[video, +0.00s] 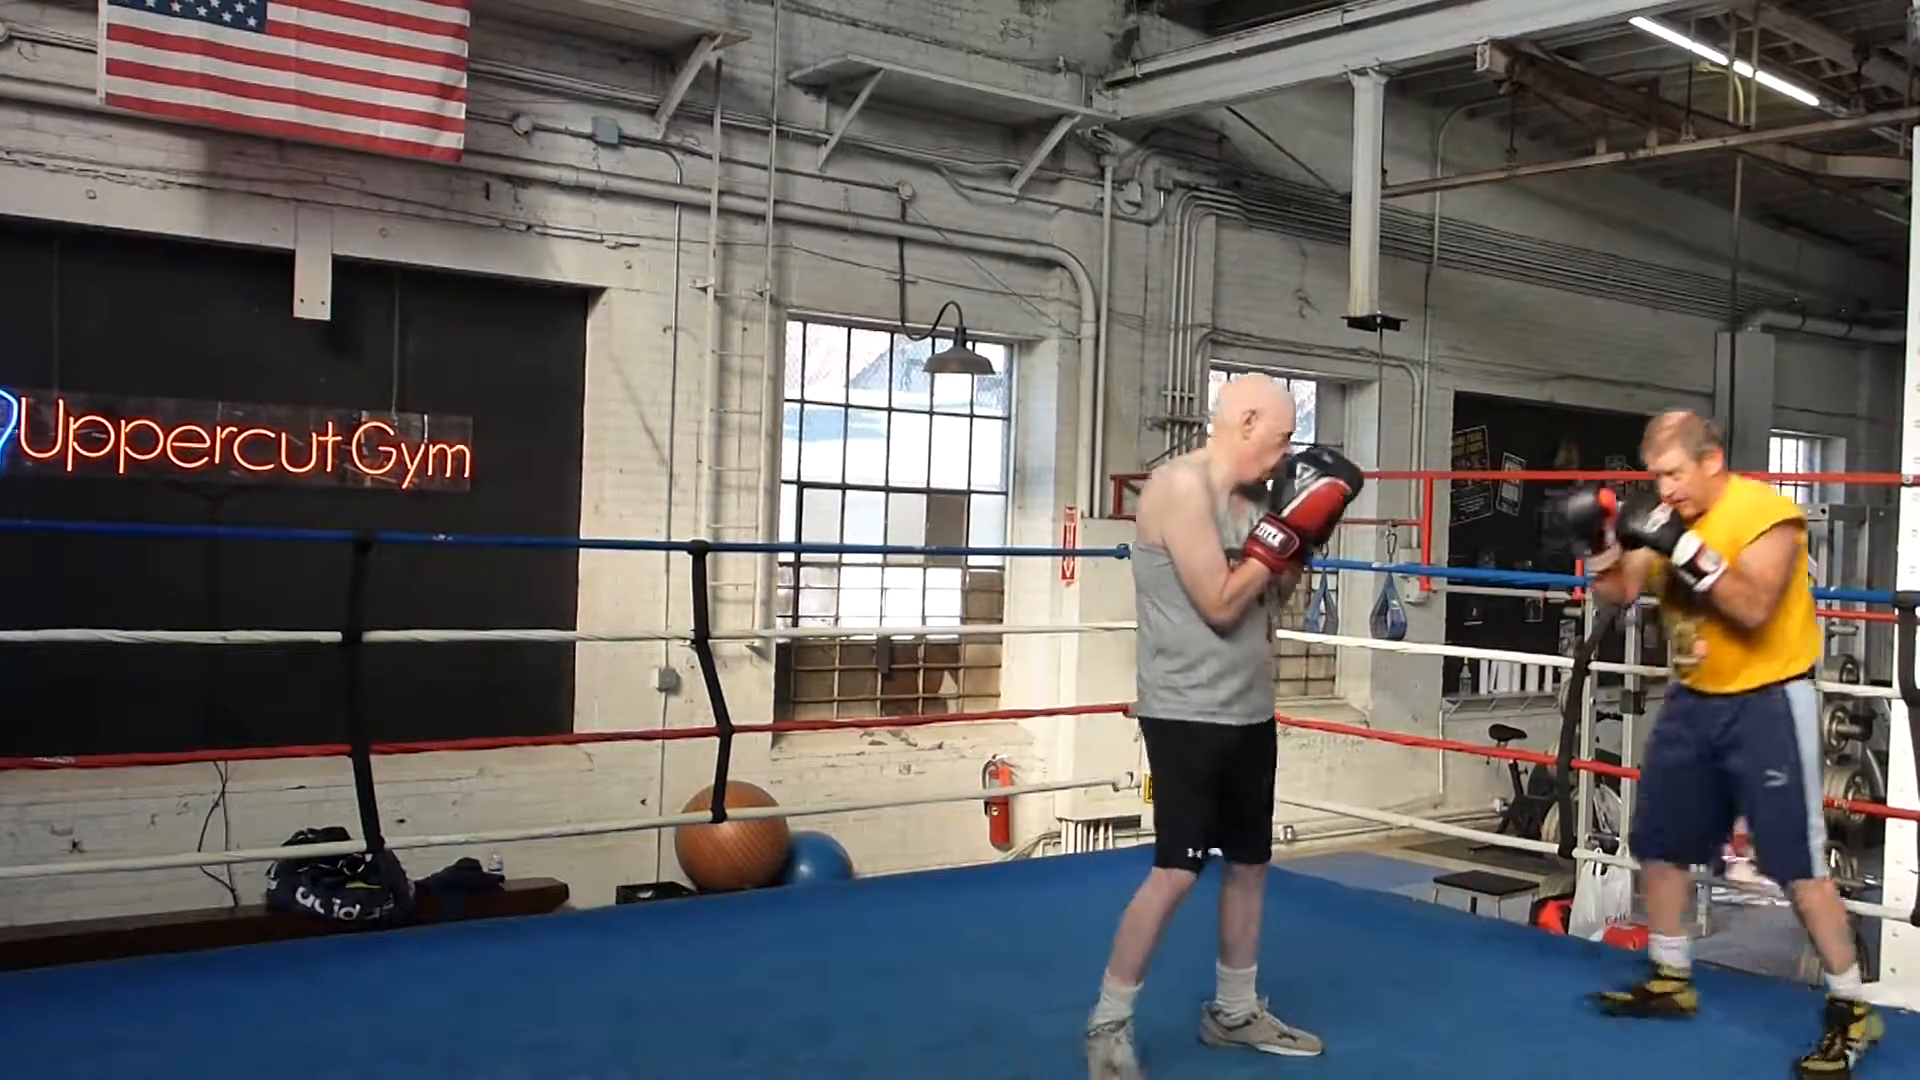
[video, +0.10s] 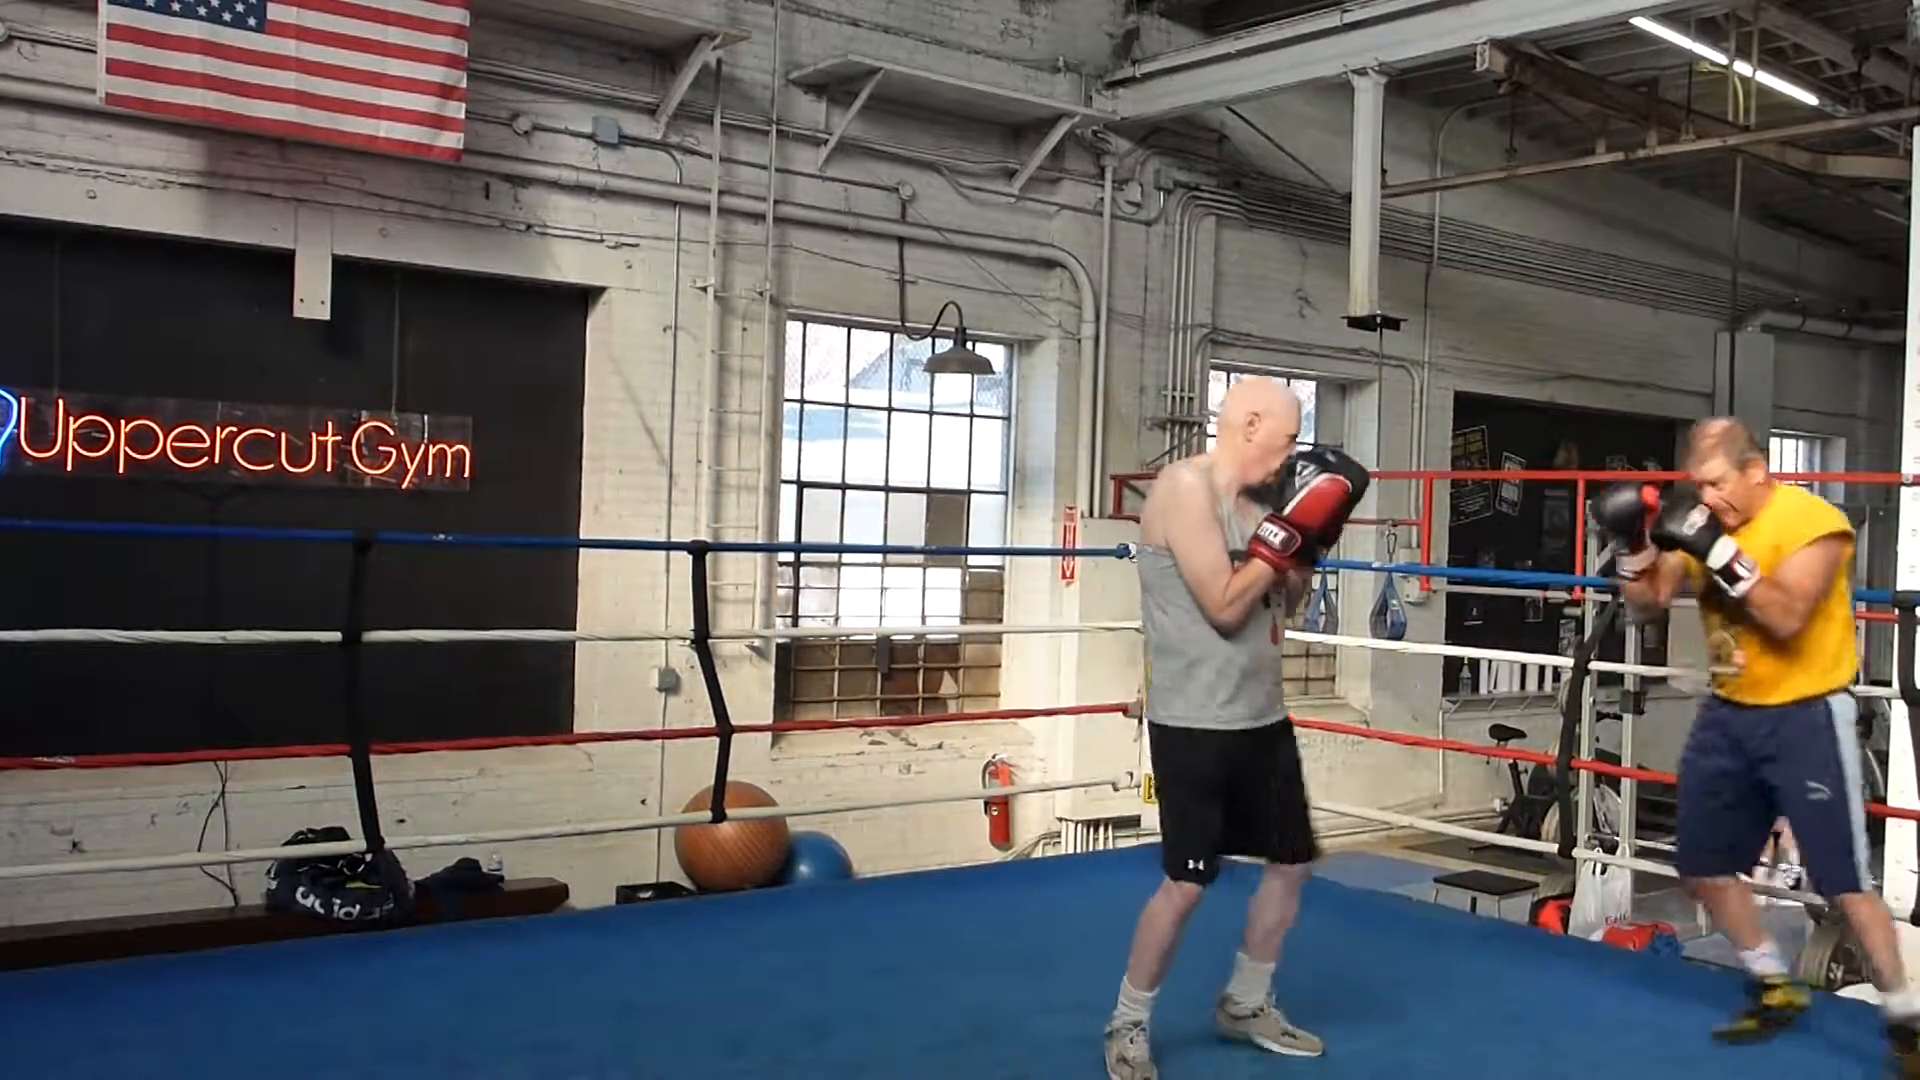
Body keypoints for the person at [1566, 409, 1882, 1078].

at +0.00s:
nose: (1665, 489)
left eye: (1673, 475)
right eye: (1656, 478)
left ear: (1715, 460)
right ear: (1655, 477)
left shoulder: (1766, 509)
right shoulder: (1667, 521)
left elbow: (1753, 607)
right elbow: (1616, 594)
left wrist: (1684, 546)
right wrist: (1602, 544)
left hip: (1769, 703)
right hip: (1691, 703)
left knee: (1794, 859)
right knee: (1659, 841)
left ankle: (1853, 1007)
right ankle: (1670, 981)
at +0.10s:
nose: (1706, 500)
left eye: (1715, 485)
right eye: (1698, 489)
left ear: (1756, 468)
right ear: (1693, 485)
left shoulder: (1814, 521)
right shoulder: (1704, 527)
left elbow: (1788, 616)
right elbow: (1651, 604)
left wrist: (1716, 550)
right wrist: (1633, 550)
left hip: (1808, 716)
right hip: (1728, 715)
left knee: (1844, 878)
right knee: (1702, 863)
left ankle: (1904, 1016)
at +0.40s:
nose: (1774, 537)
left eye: (1785, 521)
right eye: (1767, 524)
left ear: (1831, 511)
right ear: (1760, 522)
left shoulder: (1883, 570)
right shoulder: (1772, 573)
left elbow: (1848, 671)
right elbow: (1725, 663)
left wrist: (1779, 595)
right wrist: (1701, 617)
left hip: (1865, 770)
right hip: (1772, 759)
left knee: (1898, 933)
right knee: (1680, 862)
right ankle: (1730, 1002)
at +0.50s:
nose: (1762, 530)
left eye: (1773, 515)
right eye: (1755, 516)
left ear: (1818, 506)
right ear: (1751, 514)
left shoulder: (1870, 564)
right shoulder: (1746, 560)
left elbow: (1846, 667)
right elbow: (1673, 623)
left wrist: (1778, 592)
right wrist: (1647, 586)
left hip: (1860, 766)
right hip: (1763, 756)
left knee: (1899, 931)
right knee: (1662, 866)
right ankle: (1645, 1013)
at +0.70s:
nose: (1674, 524)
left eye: (1684, 510)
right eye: (1669, 513)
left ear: (1727, 501)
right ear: (1668, 513)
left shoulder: (1780, 544)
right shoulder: (1676, 565)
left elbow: (1748, 617)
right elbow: (1638, 651)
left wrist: (1662, 564)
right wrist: (1600, 622)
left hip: (1796, 753)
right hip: (1704, 752)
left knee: (1876, 925)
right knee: (1613, 877)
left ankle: (1917, 1037)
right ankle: (1596, 1020)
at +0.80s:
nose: (1638, 523)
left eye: (1646, 508)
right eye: (1632, 512)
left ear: (1689, 499)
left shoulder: (1739, 547)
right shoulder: (1639, 558)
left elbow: (1694, 623)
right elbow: (1594, 632)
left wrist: (1620, 583)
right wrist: (1575, 589)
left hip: (1758, 751)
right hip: (1667, 749)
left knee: (1820, 916)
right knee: (1580, 879)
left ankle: (1902, 1014)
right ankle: (1588, 1019)